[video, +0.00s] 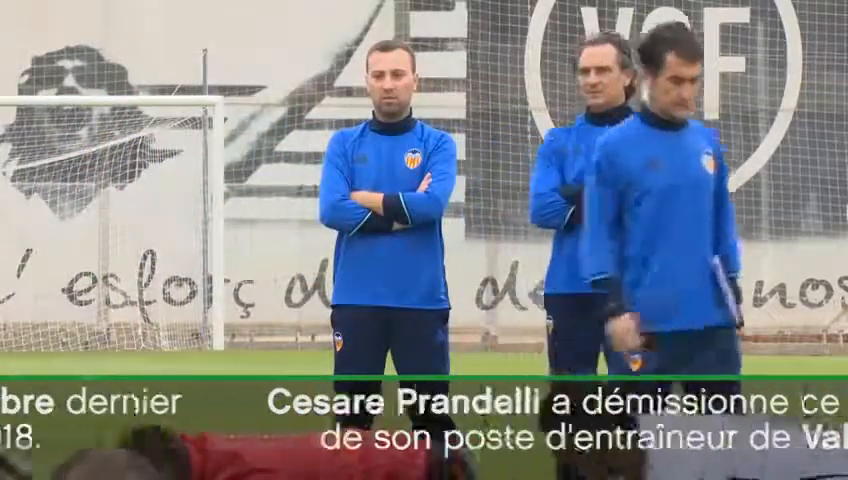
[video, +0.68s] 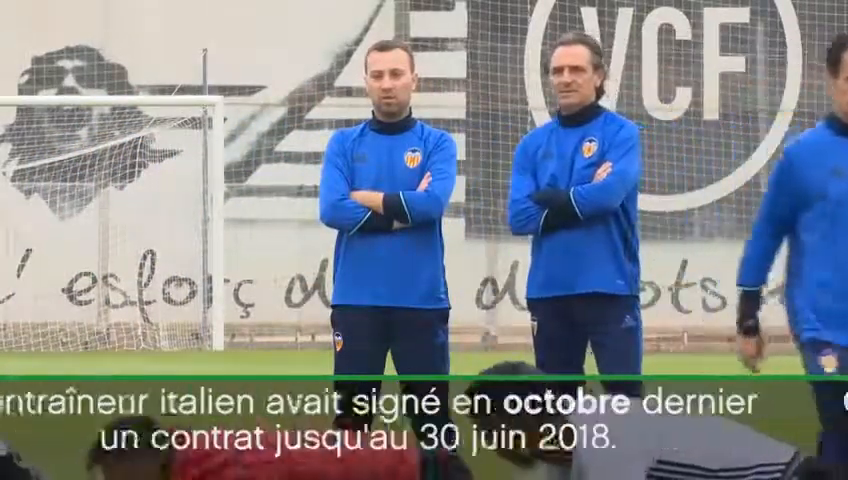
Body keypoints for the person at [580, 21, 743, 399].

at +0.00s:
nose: (687, 93)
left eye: (694, 81)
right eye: (675, 81)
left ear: (701, 79)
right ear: (646, 77)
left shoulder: (707, 143)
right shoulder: (612, 148)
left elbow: (724, 225)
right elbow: (600, 234)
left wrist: (732, 295)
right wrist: (614, 309)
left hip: (711, 323)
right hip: (643, 328)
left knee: (722, 443)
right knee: (640, 450)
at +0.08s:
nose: (706, 95)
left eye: (713, 83)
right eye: (695, 83)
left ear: (719, 79)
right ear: (669, 76)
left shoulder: (727, 146)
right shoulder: (633, 151)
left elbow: (741, 234)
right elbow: (619, 229)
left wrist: (750, 300)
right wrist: (649, 292)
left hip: (728, 324)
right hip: (659, 329)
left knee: (744, 438)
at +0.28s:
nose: (767, 104)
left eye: (775, 93)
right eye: (757, 92)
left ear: (782, 94)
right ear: (728, 90)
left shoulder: (788, 160)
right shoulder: (694, 158)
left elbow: (798, 244)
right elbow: (673, 241)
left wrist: (808, 315)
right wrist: (711, 293)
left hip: (785, 342)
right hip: (715, 345)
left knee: (793, 460)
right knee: (713, 461)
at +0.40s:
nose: (804, 95)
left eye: (812, 83)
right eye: (793, 82)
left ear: (820, 83)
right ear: (766, 78)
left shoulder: (825, 150)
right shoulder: (729, 149)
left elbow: (837, 239)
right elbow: (708, 237)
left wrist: (841, 302)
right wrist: (725, 318)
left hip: (826, 330)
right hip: (760, 335)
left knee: (828, 454)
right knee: (762, 457)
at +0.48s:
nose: (823, 88)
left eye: (831, 77)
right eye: (813, 76)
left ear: (838, 79)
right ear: (787, 75)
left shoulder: (842, 143)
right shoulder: (750, 143)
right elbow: (728, 230)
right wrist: (727, 317)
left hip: (839, 320)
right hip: (778, 321)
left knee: (835, 442)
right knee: (789, 444)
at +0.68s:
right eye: (845, 76)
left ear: (838, 80)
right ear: (830, 80)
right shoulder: (807, 155)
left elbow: (766, 232)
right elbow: (766, 232)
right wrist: (748, 309)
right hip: (826, 323)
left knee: (837, 443)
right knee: (838, 445)